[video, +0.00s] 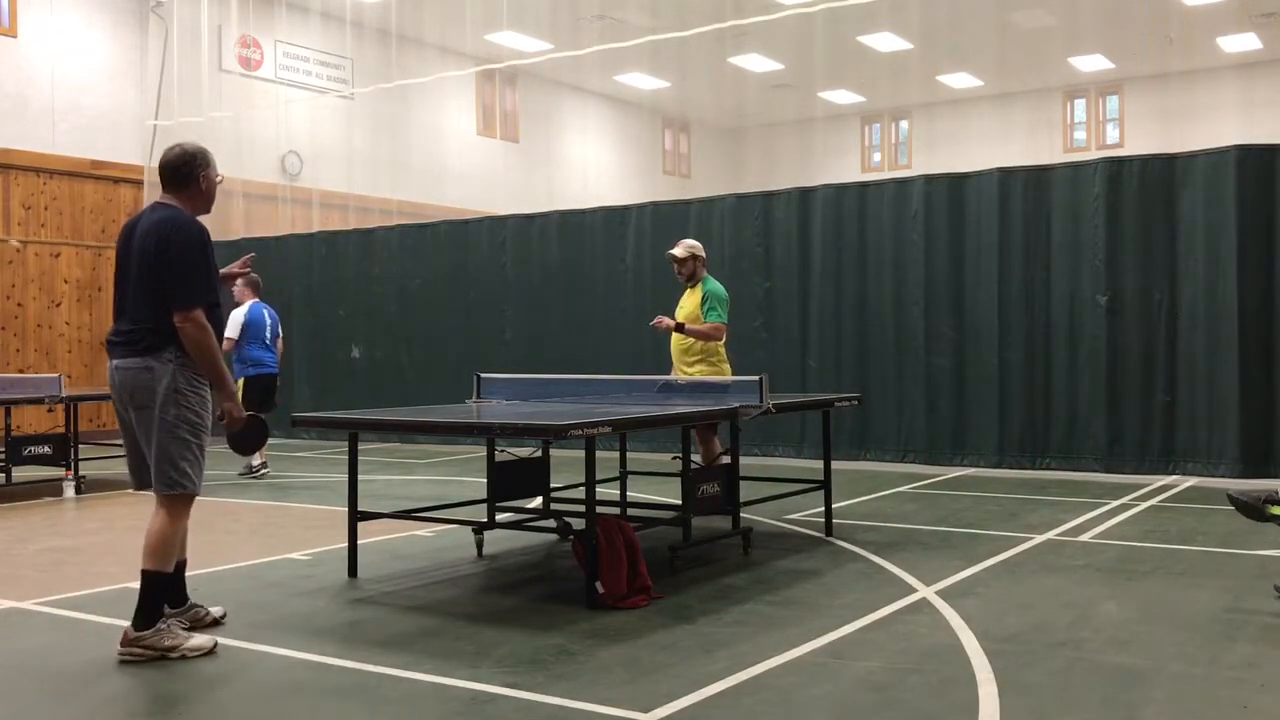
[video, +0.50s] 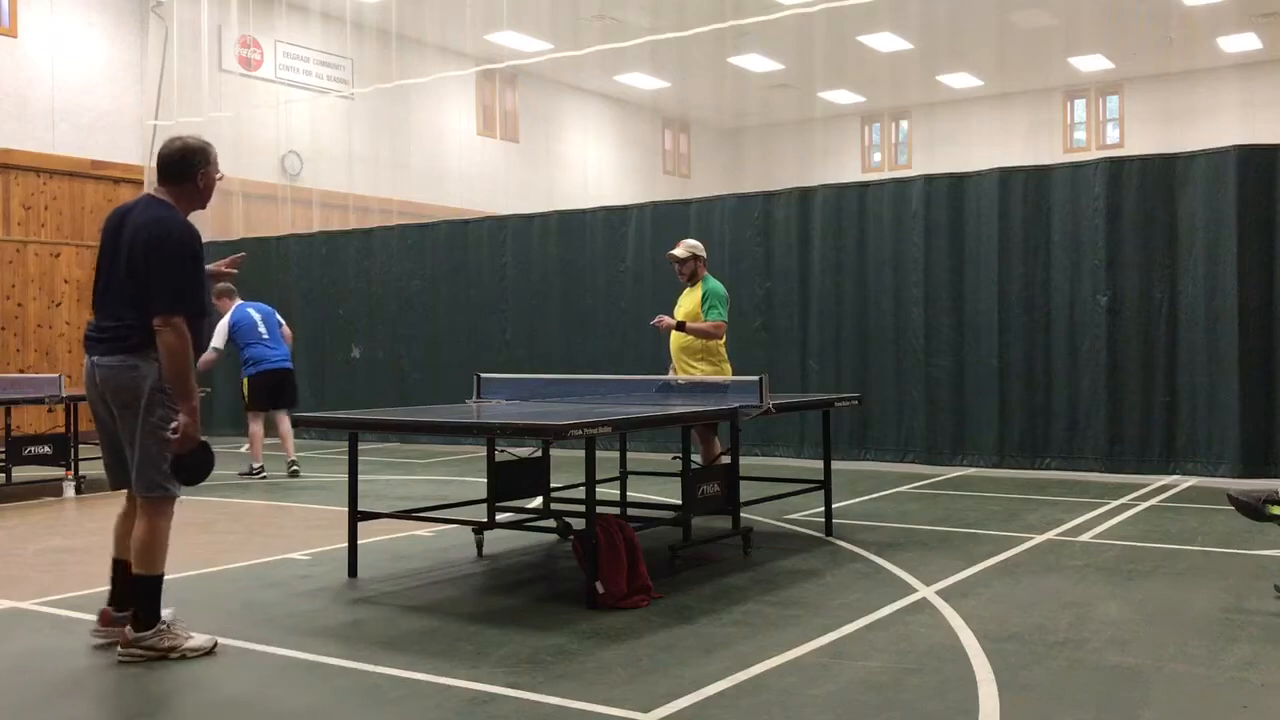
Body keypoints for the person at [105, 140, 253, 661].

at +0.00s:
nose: (217, 184)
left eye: (215, 176)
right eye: (214, 177)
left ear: (164, 180)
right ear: (201, 180)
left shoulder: (137, 225)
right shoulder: (185, 231)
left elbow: (157, 293)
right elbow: (189, 320)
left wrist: (217, 276)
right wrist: (228, 392)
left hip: (132, 370)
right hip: (168, 372)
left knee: (174, 494)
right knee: (173, 498)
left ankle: (175, 605)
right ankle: (146, 626)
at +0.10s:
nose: (219, 187)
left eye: (218, 179)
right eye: (217, 179)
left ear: (164, 180)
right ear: (203, 181)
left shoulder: (133, 225)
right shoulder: (185, 232)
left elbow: (155, 294)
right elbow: (185, 323)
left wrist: (213, 276)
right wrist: (222, 394)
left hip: (124, 373)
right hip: (166, 374)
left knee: (170, 497)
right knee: (171, 501)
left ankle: (176, 605)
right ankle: (146, 627)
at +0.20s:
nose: (222, 183)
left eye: (220, 175)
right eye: (219, 175)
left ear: (168, 179)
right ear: (203, 181)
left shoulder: (131, 223)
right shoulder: (184, 234)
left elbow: (151, 291)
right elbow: (182, 325)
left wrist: (212, 276)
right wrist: (213, 406)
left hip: (118, 372)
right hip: (160, 373)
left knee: (158, 496)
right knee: (168, 500)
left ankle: (174, 605)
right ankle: (146, 628)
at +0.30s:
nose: (222, 185)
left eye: (220, 177)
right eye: (219, 177)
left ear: (168, 177)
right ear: (204, 181)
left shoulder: (129, 220)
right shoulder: (184, 234)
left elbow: (145, 291)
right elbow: (179, 325)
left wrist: (207, 275)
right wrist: (202, 408)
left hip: (112, 371)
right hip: (153, 373)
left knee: (151, 495)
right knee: (165, 499)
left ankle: (167, 602)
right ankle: (146, 629)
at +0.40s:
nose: (221, 183)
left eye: (219, 175)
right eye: (218, 175)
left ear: (166, 176)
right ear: (204, 180)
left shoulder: (125, 218)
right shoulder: (183, 233)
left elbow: (141, 289)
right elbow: (174, 324)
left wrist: (203, 274)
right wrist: (193, 407)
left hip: (107, 370)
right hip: (148, 373)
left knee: (145, 495)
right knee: (160, 499)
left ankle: (152, 603)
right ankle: (145, 629)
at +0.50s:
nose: (217, 181)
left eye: (215, 173)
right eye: (214, 174)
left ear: (163, 174)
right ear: (199, 179)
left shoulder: (122, 216)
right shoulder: (176, 232)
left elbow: (140, 285)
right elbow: (169, 324)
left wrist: (202, 271)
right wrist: (188, 407)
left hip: (104, 369)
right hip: (144, 373)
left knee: (137, 494)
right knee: (156, 500)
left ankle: (118, 611)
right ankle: (147, 628)